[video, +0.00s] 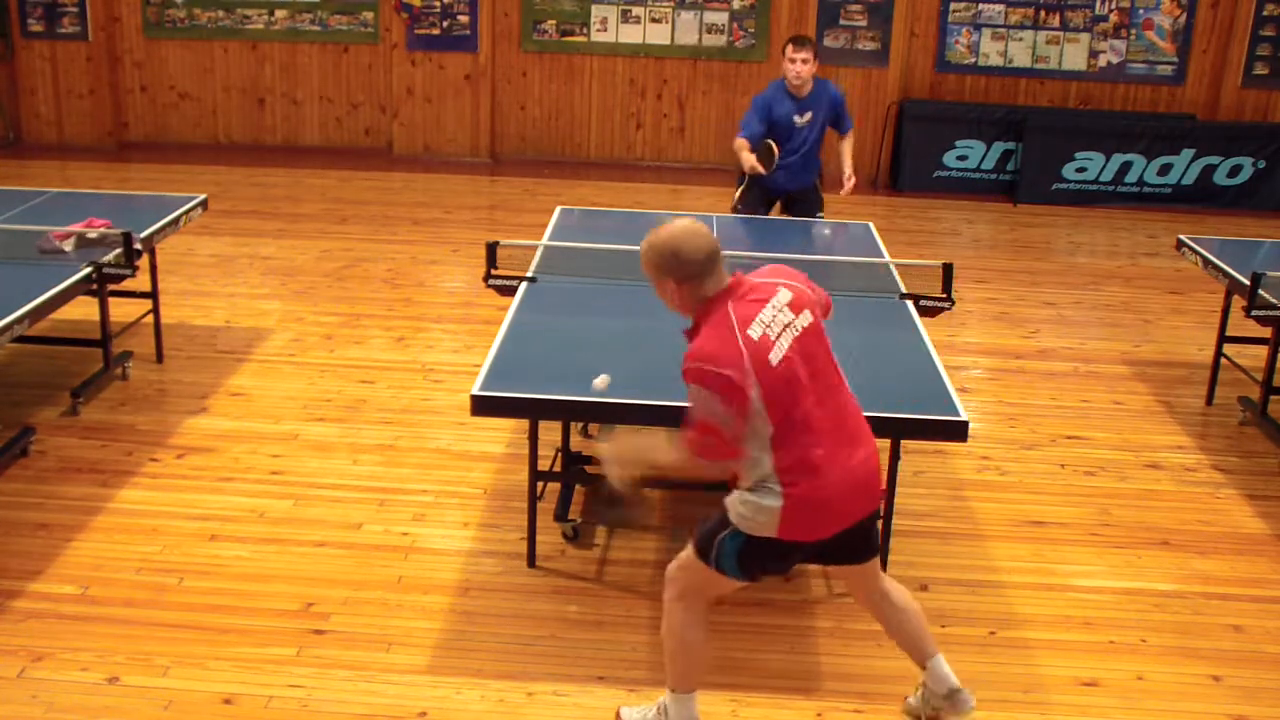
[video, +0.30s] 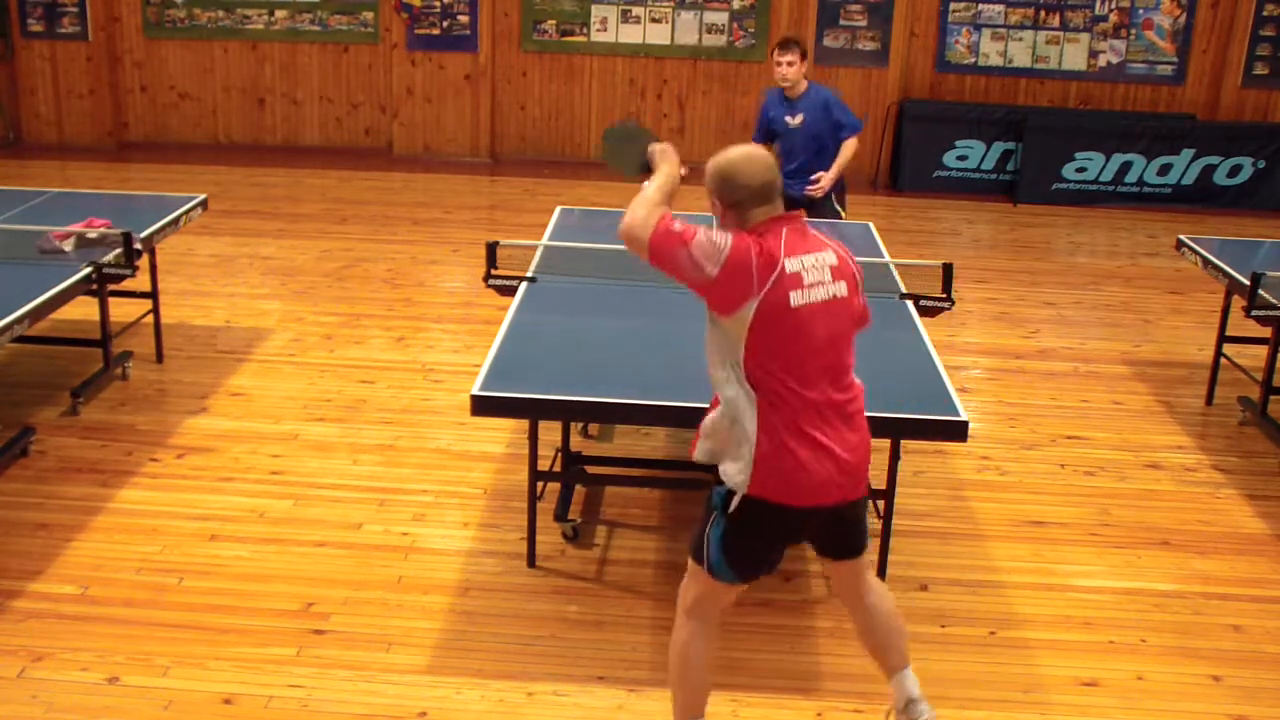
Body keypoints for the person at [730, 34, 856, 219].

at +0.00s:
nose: (797, 68)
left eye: (804, 62)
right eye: (792, 61)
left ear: (815, 66)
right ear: (783, 63)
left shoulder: (828, 95)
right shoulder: (768, 99)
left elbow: (845, 131)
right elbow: (742, 138)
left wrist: (847, 168)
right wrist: (745, 155)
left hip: (804, 181)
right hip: (764, 178)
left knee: (811, 238)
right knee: (743, 233)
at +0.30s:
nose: (783, 71)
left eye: (790, 64)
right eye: (778, 65)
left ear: (804, 66)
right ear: (773, 67)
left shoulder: (825, 99)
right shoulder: (772, 101)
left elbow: (851, 137)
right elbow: (761, 144)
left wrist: (832, 175)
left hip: (823, 195)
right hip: (787, 194)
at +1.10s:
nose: (778, 39)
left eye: (784, 32)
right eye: (773, 32)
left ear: (794, 36)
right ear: (765, 36)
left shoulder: (815, 72)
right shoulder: (750, 72)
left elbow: (832, 107)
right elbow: (739, 107)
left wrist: (816, 135)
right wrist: (742, 128)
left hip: (800, 153)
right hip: (761, 151)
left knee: (811, 211)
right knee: (738, 206)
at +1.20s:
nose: (765, 54)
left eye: (771, 48)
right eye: (760, 48)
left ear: (782, 50)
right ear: (754, 51)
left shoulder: (800, 85)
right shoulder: (745, 90)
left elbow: (820, 127)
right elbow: (741, 126)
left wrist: (786, 149)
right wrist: (730, 154)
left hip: (796, 169)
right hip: (759, 167)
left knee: (815, 225)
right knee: (732, 211)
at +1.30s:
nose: (746, 70)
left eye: (752, 64)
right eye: (741, 64)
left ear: (764, 65)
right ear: (736, 67)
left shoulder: (777, 95)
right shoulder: (749, 98)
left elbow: (779, 137)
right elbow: (753, 139)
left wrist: (737, 148)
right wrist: (737, 167)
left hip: (794, 175)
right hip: (763, 170)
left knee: (801, 236)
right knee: (729, 210)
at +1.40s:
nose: (731, 79)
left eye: (737, 72)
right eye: (727, 74)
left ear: (752, 74)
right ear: (723, 75)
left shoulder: (755, 99)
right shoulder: (755, 96)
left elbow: (734, 130)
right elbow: (771, 135)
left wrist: (694, 148)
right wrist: (750, 159)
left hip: (792, 177)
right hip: (765, 173)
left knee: (796, 238)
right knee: (722, 215)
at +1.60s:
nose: (726, 57)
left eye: (732, 50)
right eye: (723, 51)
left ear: (748, 51)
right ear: (720, 53)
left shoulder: (757, 74)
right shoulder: (747, 79)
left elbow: (792, 88)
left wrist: (807, 129)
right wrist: (737, 137)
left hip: (789, 163)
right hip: (760, 165)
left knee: (808, 226)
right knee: (737, 214)